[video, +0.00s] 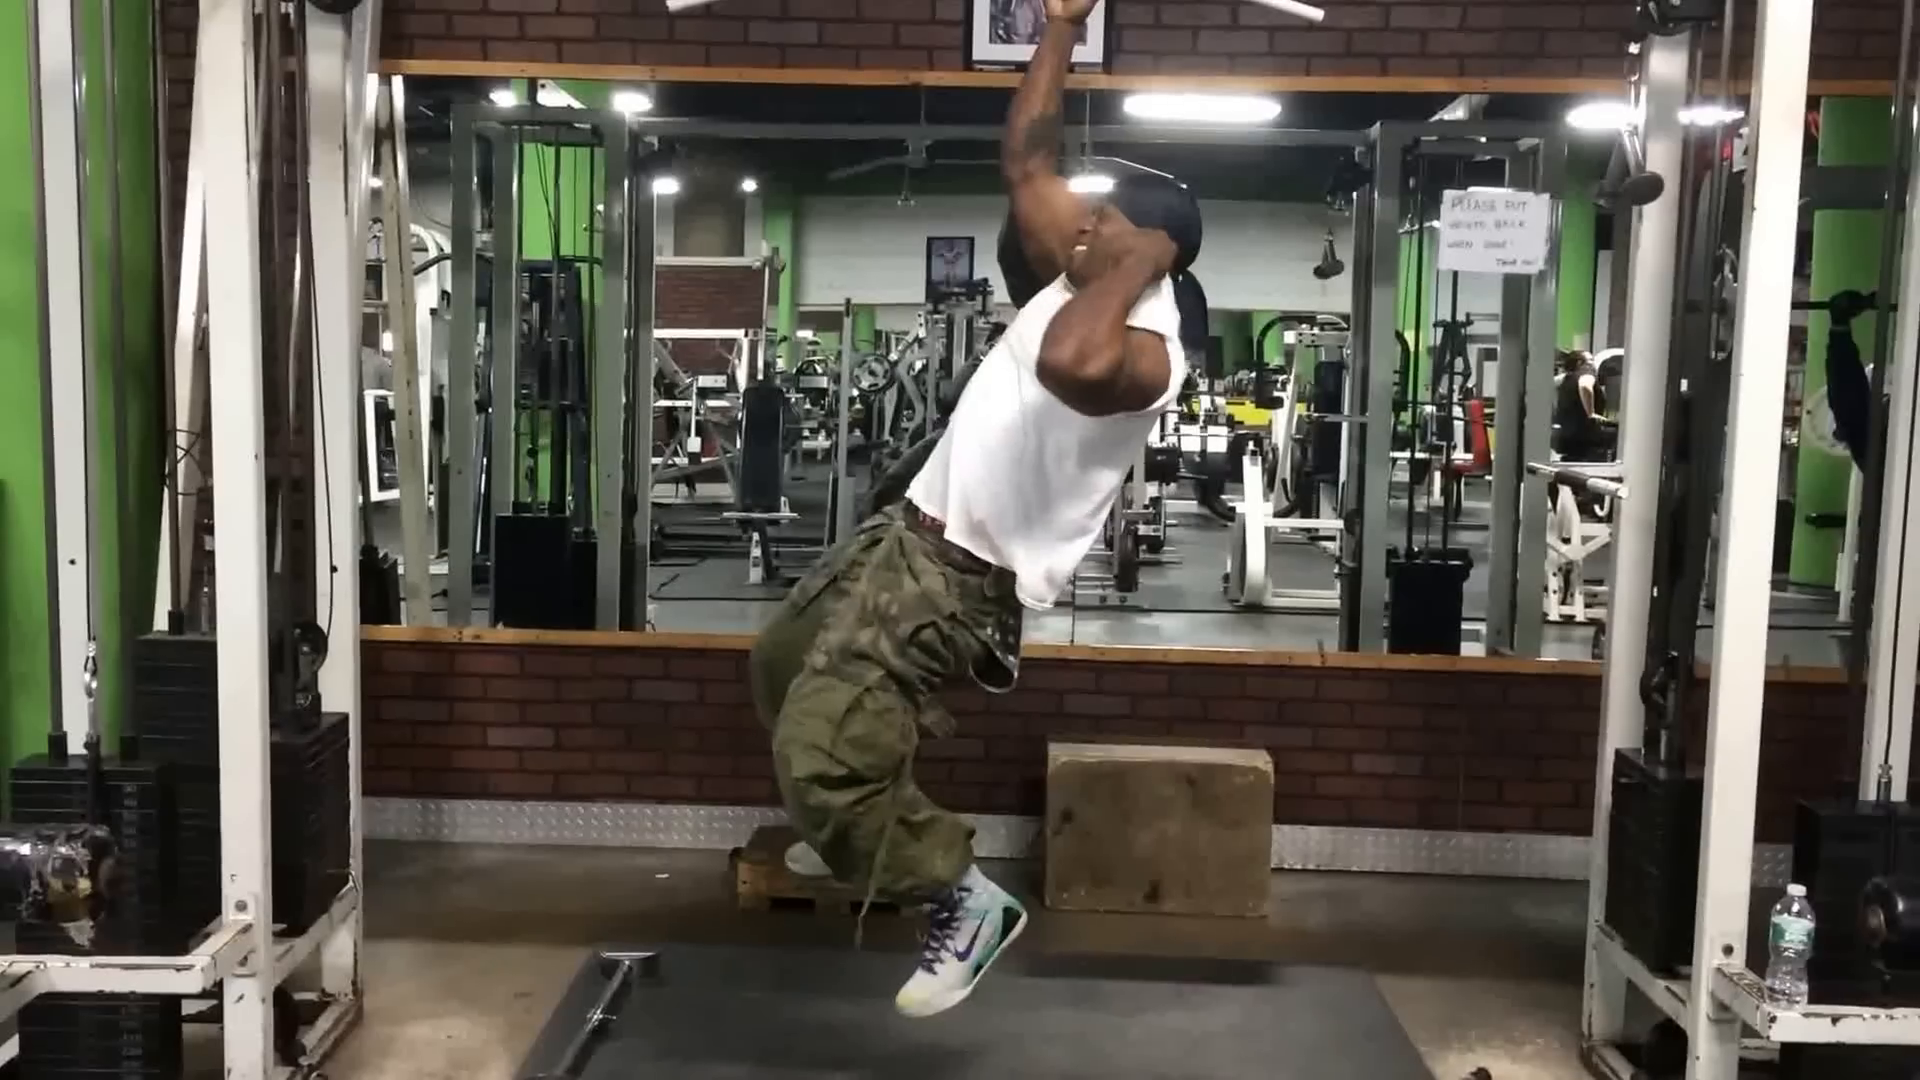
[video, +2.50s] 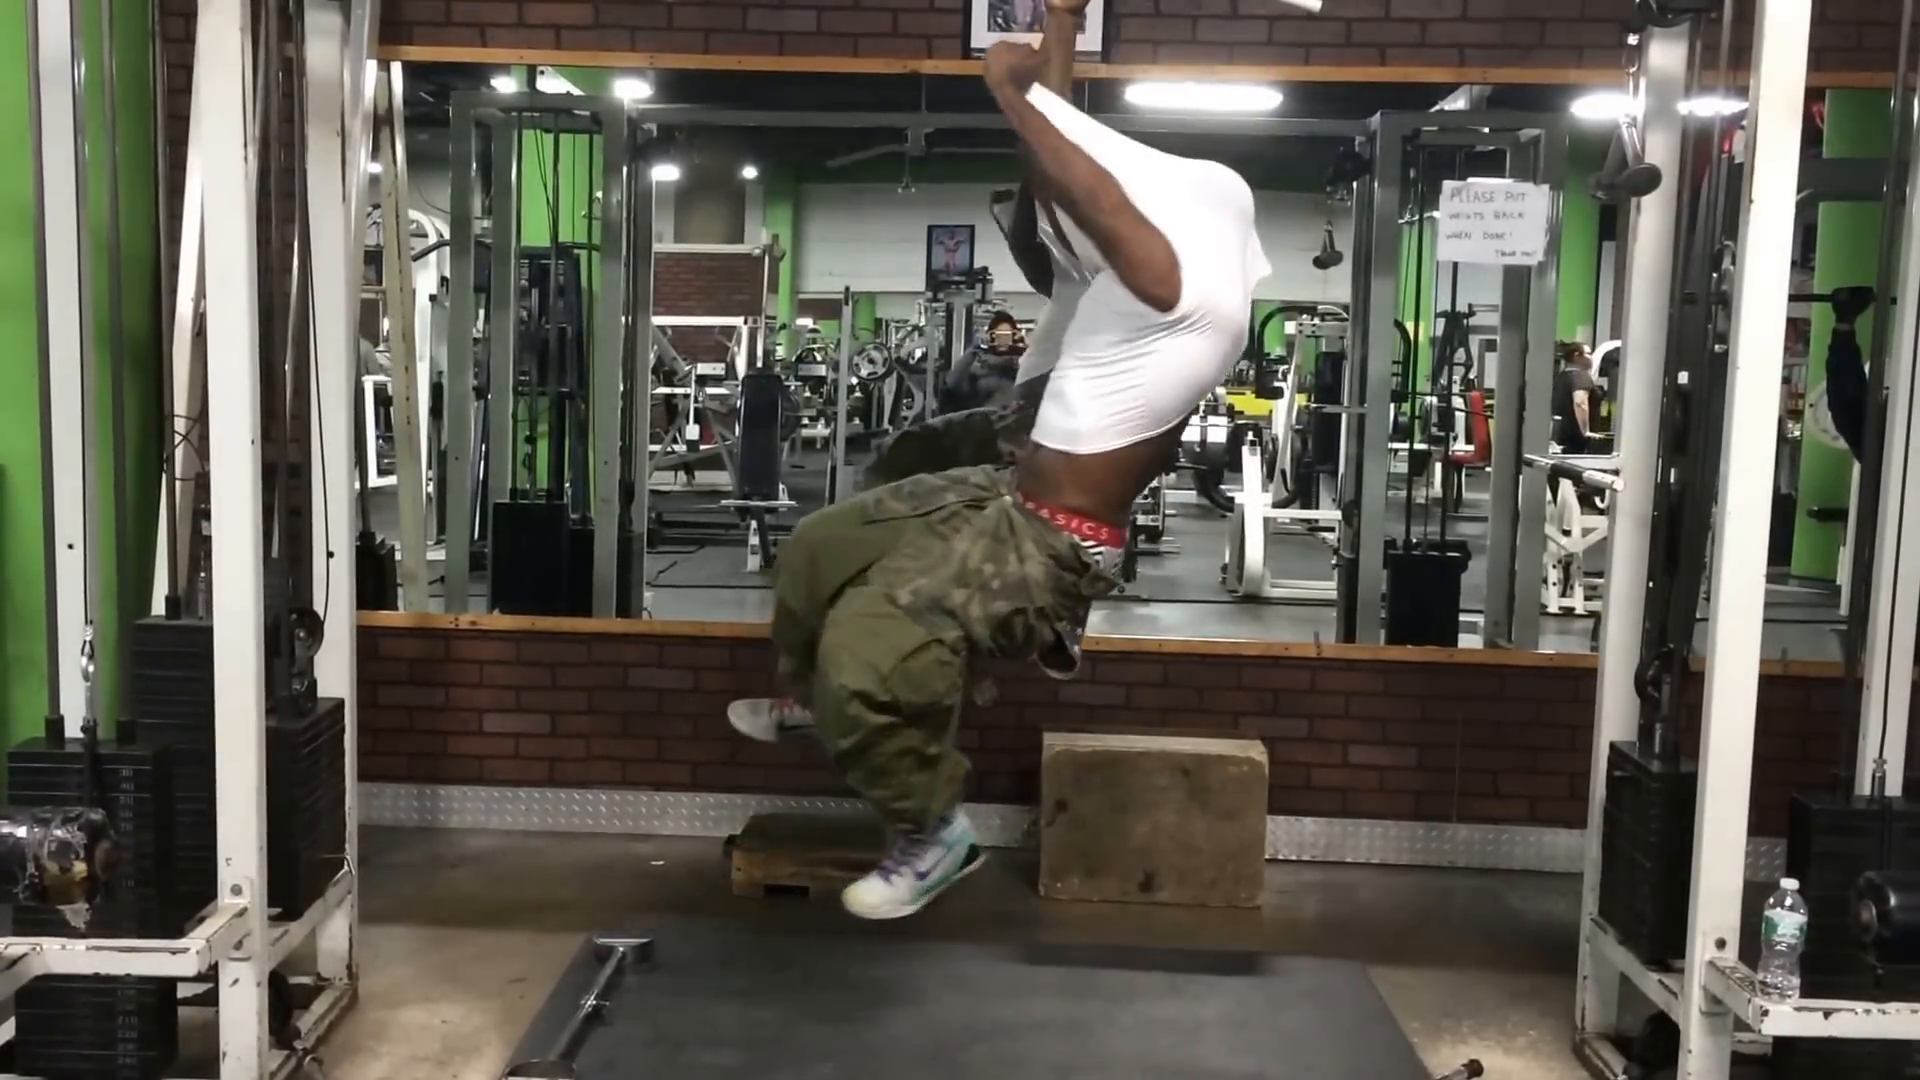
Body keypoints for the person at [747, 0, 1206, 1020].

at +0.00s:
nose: (1083, 216)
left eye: (1101, 205)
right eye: (1090, 203)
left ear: (1139, 239)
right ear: (1111, 231)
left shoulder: (1151, 344)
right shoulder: (1073, 282)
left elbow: (1072, 360)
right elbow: (1028, 160)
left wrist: (1138, 251)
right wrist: (1060, 30)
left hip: (955, 583)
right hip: (901, 534)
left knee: (825, 768)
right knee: (778, 666)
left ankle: (966, 899)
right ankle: (855, 840)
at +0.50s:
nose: (1114, 231)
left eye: (1133, 227)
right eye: (1120, 221)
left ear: (1178, 251)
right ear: (1129, 233)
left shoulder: (1208, 335)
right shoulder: (1109, 264)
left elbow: (1227, 275)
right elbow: (1039, 151)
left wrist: (1238, 249)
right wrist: (1065, 23)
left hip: (1037, 577)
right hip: (965, 528)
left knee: (983, 784)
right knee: (864, 660)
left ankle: (1118, 840)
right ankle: (939, 773)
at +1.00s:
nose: (1200, 165)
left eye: (1217, 159)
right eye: (1196, 158)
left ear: (1250, 188)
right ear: (1175, 161)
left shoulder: (1248, 258)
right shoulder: (1137, 238)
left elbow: (1254, 206)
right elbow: (1051, 160)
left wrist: (1188, 128)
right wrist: (1063, 27)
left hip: (1121, 548)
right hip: (1038, 519)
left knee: (1086, 784)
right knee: (944, 677)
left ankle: (1207, 811)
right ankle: (1020, 791)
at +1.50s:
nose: (1162, 168)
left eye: (1182, 166)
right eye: (1161, 161)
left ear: (1215, 207)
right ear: (1150, 195)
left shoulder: (1196, 280)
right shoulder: (1105, 265)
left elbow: (1181, 179)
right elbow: (1038, 153)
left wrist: (1211, 173)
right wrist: (1062, 24)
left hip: (1049, 563)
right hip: (977, 546)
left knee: (967, 790)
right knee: (880, 711)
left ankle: (1136, 882)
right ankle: (977, 851)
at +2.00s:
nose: (1101, 180)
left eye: (1137, 172)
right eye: (1110, 166)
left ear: (1155, 205)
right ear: (1121, 208)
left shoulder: (1151, 290)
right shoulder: (1078, 270)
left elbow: (1149, 154)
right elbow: (1032, 150)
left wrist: (1209, 104)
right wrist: (1056, 24)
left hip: (969, 545)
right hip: (933, 525)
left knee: (794, 715)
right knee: (816, 675)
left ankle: (922, 897)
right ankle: (905, 856)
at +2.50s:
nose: (1062, 225)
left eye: (1064, 206)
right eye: (1052, 210)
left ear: (1117, 198)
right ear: (1060, 213)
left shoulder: (1194, 287)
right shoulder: (1122, 271)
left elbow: (1101, 203)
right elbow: (1059, 130)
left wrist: (1015, 91)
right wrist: (1068, 27)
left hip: (1049, 541)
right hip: (1000, 488)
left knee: (857, 660)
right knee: (811, 554)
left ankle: (932, 832)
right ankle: (804, 698)